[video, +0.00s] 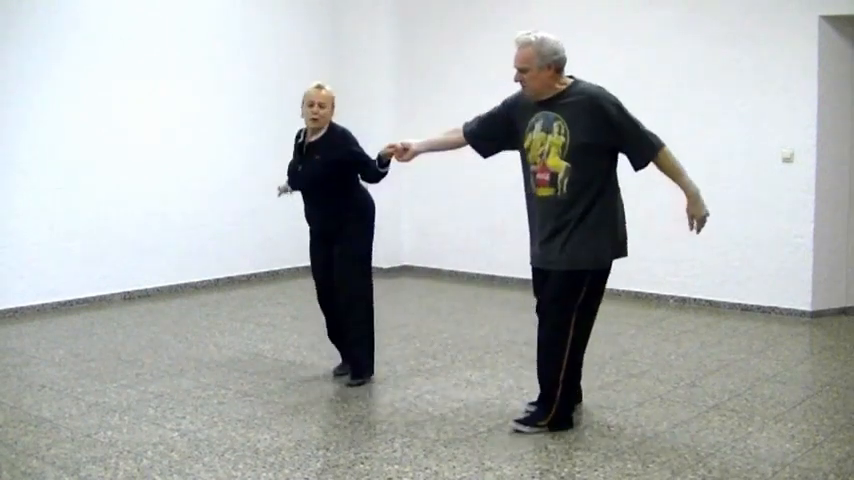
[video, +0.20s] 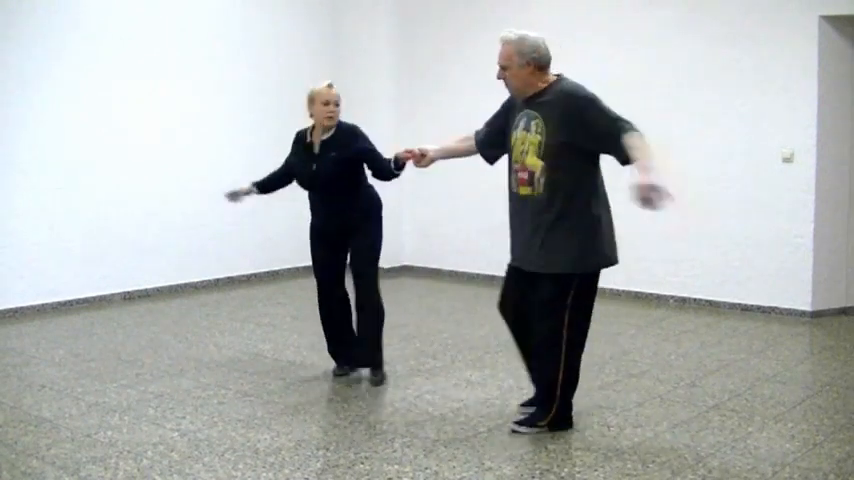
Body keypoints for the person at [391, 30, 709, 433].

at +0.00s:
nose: (516, 77)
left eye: (523, 70)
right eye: (516, 69)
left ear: (553, 70)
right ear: (533, 70)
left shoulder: (594, 103)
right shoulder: (519, 108)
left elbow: (650, 147)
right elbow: (467, 133)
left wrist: (692, 193)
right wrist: (417, 146)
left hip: (590, 239)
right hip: (546, 239)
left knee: (564, 321)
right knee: (551, 318)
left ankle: (555, 409)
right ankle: (563, 397)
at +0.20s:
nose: (500, 76)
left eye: (505, 68)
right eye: (499, 68)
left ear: (533, 67)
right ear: (526, 67)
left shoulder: (572, 100)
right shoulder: (516, 106)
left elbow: (627, 136)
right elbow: (481, 141)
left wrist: (645, 176)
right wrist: (433, 153)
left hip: (575, 245)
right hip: (532, 242)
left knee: (559, 326)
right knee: (515, 308)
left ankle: (556, 412)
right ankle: (547, 391)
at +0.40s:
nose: (479, 74)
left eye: (482, 67)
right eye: (479, 67)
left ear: (504, 66)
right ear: (507, 66)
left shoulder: (531, 97)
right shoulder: (515, 101)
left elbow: (526, 148)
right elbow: (510, 162)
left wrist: (457, 160)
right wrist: (463, 169)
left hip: (530, 242)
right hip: (510, 239)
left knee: (533, 325)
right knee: (481, 308)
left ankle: (552, 410)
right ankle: (463, 392)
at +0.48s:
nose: (468, 79)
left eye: (471, 71)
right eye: (468, 71)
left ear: (489, 69)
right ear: (495, 68)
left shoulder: (511, 101)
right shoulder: (511, 98)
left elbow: (484, 156)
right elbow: (504, 160)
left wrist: (421, 168)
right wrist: (472, 175)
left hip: (511, 239)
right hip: (506, 237)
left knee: (476, 311)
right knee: (512, 318)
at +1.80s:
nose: (413, 78)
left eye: (413, 71)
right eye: (412, 70)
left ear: (377, 66)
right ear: (402, 68)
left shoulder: (342, 98)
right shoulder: (398, 98)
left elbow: (306, 155)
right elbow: (427, 154)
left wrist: (303, 197)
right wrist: (471, 186)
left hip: (341, 221)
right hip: (387, 221)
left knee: (356, 305)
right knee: (412, 289)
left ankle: (360, 383)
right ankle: (394, 365)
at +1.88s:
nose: (411, 77)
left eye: (411, 70)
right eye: (410, 70)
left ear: (376, 66)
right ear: (397, 67)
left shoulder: (341, 97)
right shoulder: (393, 98)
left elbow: (305, 154)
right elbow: (421, 153)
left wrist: (304, 196)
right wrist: (466, 182)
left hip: (339, 220)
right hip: (383, 220)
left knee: (356, 305)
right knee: (410, 288)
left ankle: (360, 383)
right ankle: (393, 366)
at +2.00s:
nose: (410, 77)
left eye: (410, 70)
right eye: (408, 69)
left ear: (375, 66)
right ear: (393, 66)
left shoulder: (340, 98)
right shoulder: (388, 97)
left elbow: (307, 157)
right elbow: (414, 152)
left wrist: (315, 195)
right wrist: (463, 179)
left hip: (337, 221)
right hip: (380, 221)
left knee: (355, 305)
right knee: (399, 296)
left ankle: (358, 381)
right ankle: (388, 371)